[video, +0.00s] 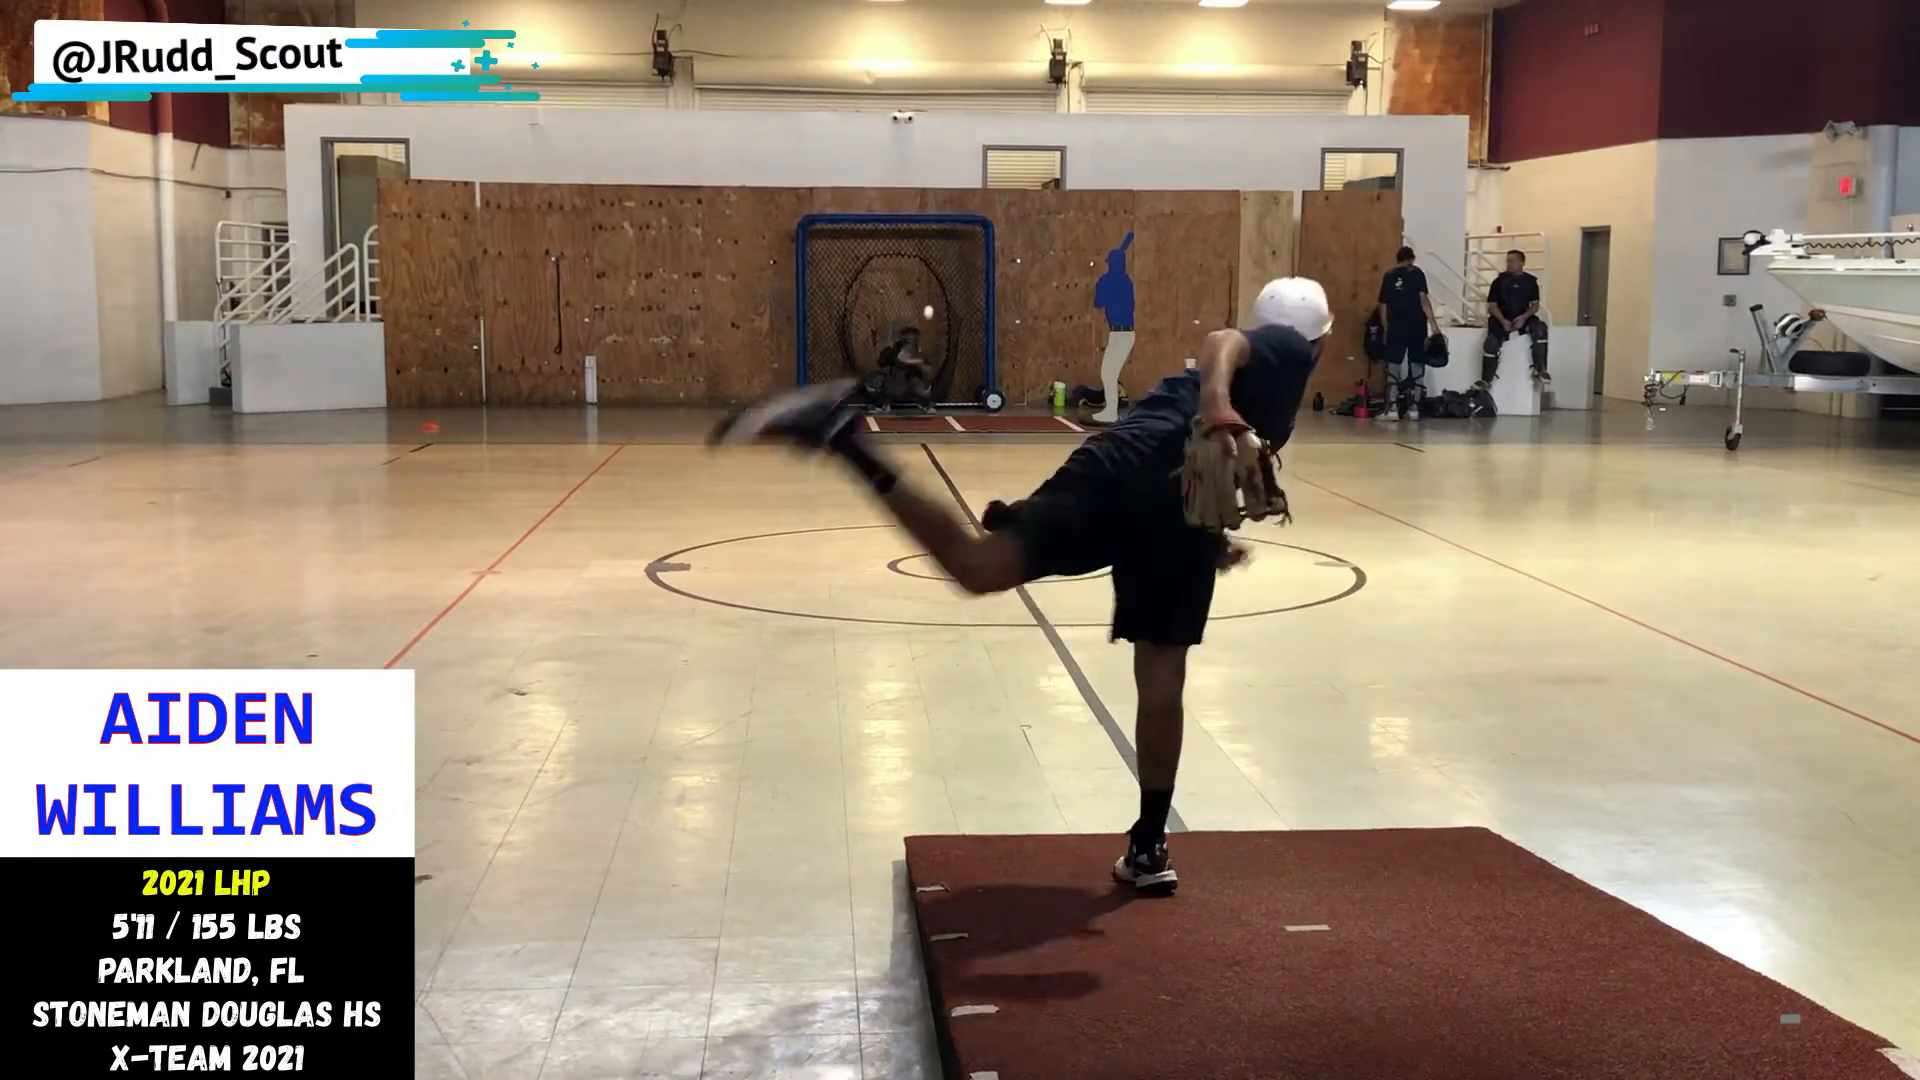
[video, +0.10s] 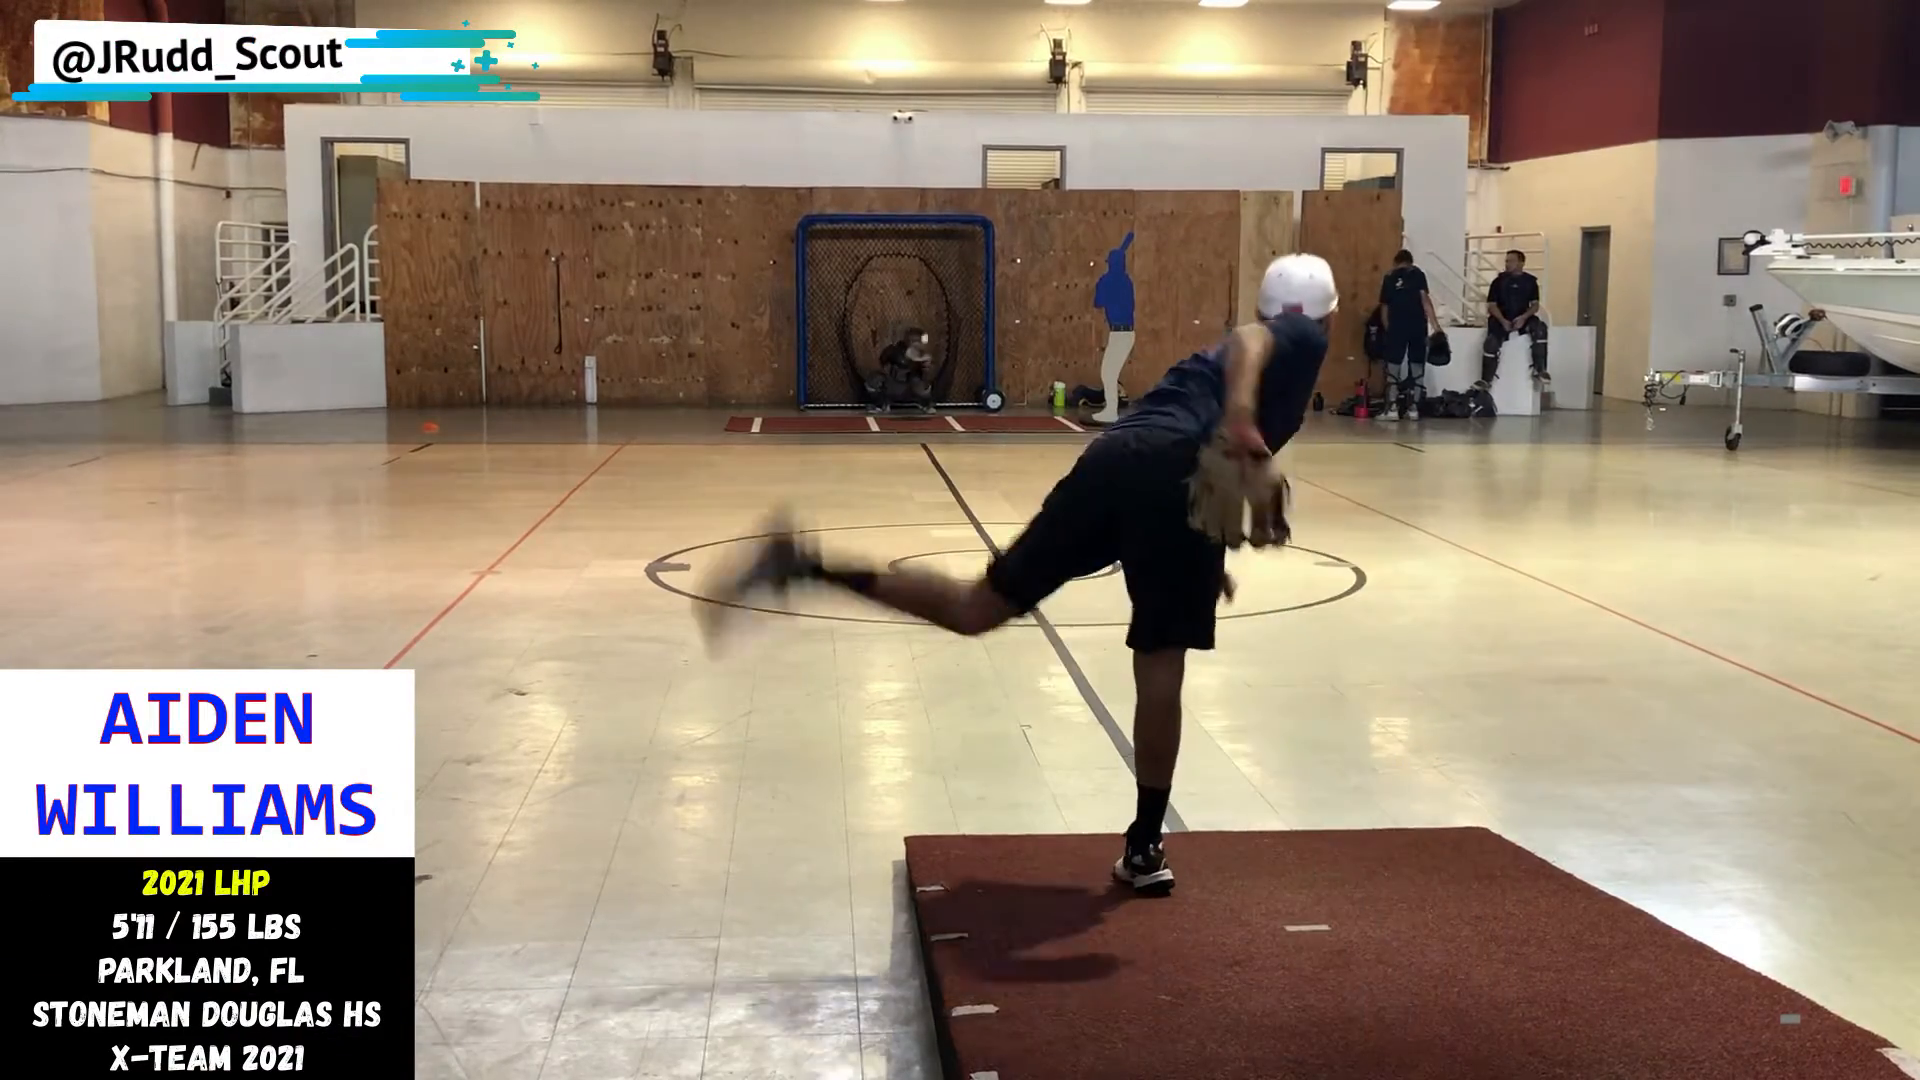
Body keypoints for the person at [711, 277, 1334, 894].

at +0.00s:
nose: (1316, 340)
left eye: (1307, 335)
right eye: (1319, 333)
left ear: (1258, 316)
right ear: (1315, 332)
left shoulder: (1228, 362)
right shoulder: (1292, 348)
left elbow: (1165, 451)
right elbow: (1218, 341)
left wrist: (1212, 541)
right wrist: (1216, 404)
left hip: (1112, 473)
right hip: (1176, 495)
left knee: (978, 566)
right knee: (1161, 677)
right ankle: (1149, 843)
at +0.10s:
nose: (1328, 318)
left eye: (1311, 310)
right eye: (1330, 310)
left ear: (1266, 301)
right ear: (1328, 311)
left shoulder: (1237, 347)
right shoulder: (1303, 338)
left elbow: (1210, 441)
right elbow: (1247, 343)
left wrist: (1251, 507)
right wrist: (1244, 416)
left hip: (1109, 465)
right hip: (1177, 484)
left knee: (975, 606)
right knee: (1160, 671)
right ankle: (1145, 846)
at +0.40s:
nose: (1313, 241)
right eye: (1314, 230)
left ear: (1248, 230)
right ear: (1310, 232)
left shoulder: (1215, 289)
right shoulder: (1291, 270)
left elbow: (1176, 386)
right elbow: (1297, 320)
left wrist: (1247, 451)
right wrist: (1336, 425)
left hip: (1150, 477)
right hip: (1212, 482)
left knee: (1195, 652)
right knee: (1189, 658)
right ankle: (1142, 827)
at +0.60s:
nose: (1297, 215)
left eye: (1287, 206)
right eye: (1297, 206)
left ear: (1229, 208)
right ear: (1291, 207)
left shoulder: (1186, 286)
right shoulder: (1289, 264)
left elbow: (1196, 391)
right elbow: (1305, 323)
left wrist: (1268, 442)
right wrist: (1358, 423)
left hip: (1188, 490)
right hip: (1256, 489)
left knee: (1224, 639)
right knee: (1298, 628)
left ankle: (1217, 810)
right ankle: (1233, 753)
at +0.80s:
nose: (1286, 206)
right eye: (1292, 197)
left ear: (1229, 198)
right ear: (1292, 201)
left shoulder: (1188, 280)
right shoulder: (1311, 270)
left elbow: (1182, 390)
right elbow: (1333, 366)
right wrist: (1377, 436)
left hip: (1209, 498)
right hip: (1294, 497)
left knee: (1225, 647)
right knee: (1308, 635)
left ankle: (1220, 805)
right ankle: (1320, 790)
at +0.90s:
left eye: (1249, 195)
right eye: (1296, 200)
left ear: (1236, 206)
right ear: (1301, 208)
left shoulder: (1198, 287)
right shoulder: (1330, 284)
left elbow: (1179, 394)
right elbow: (1355, 391)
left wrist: (1197, 456)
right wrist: (1381, 448)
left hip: (1218, 503)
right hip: (1303, 504)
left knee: (1231, 652)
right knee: (1307, 648)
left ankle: (1222, 803)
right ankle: (1315, 792)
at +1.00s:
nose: (1249, 211)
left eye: (1244, 202)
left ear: (1243, 209)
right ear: (1307, 209)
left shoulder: (1212, 287)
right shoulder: (1349, 287)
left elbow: (1167, 382)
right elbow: (1385, 389)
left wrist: (1150, 445)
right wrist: (1377, 449)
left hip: (1225, 501)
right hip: (1309, 504)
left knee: (1225, 639)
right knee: (1310, 648)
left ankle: (1224, 776)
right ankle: (1315, 792)